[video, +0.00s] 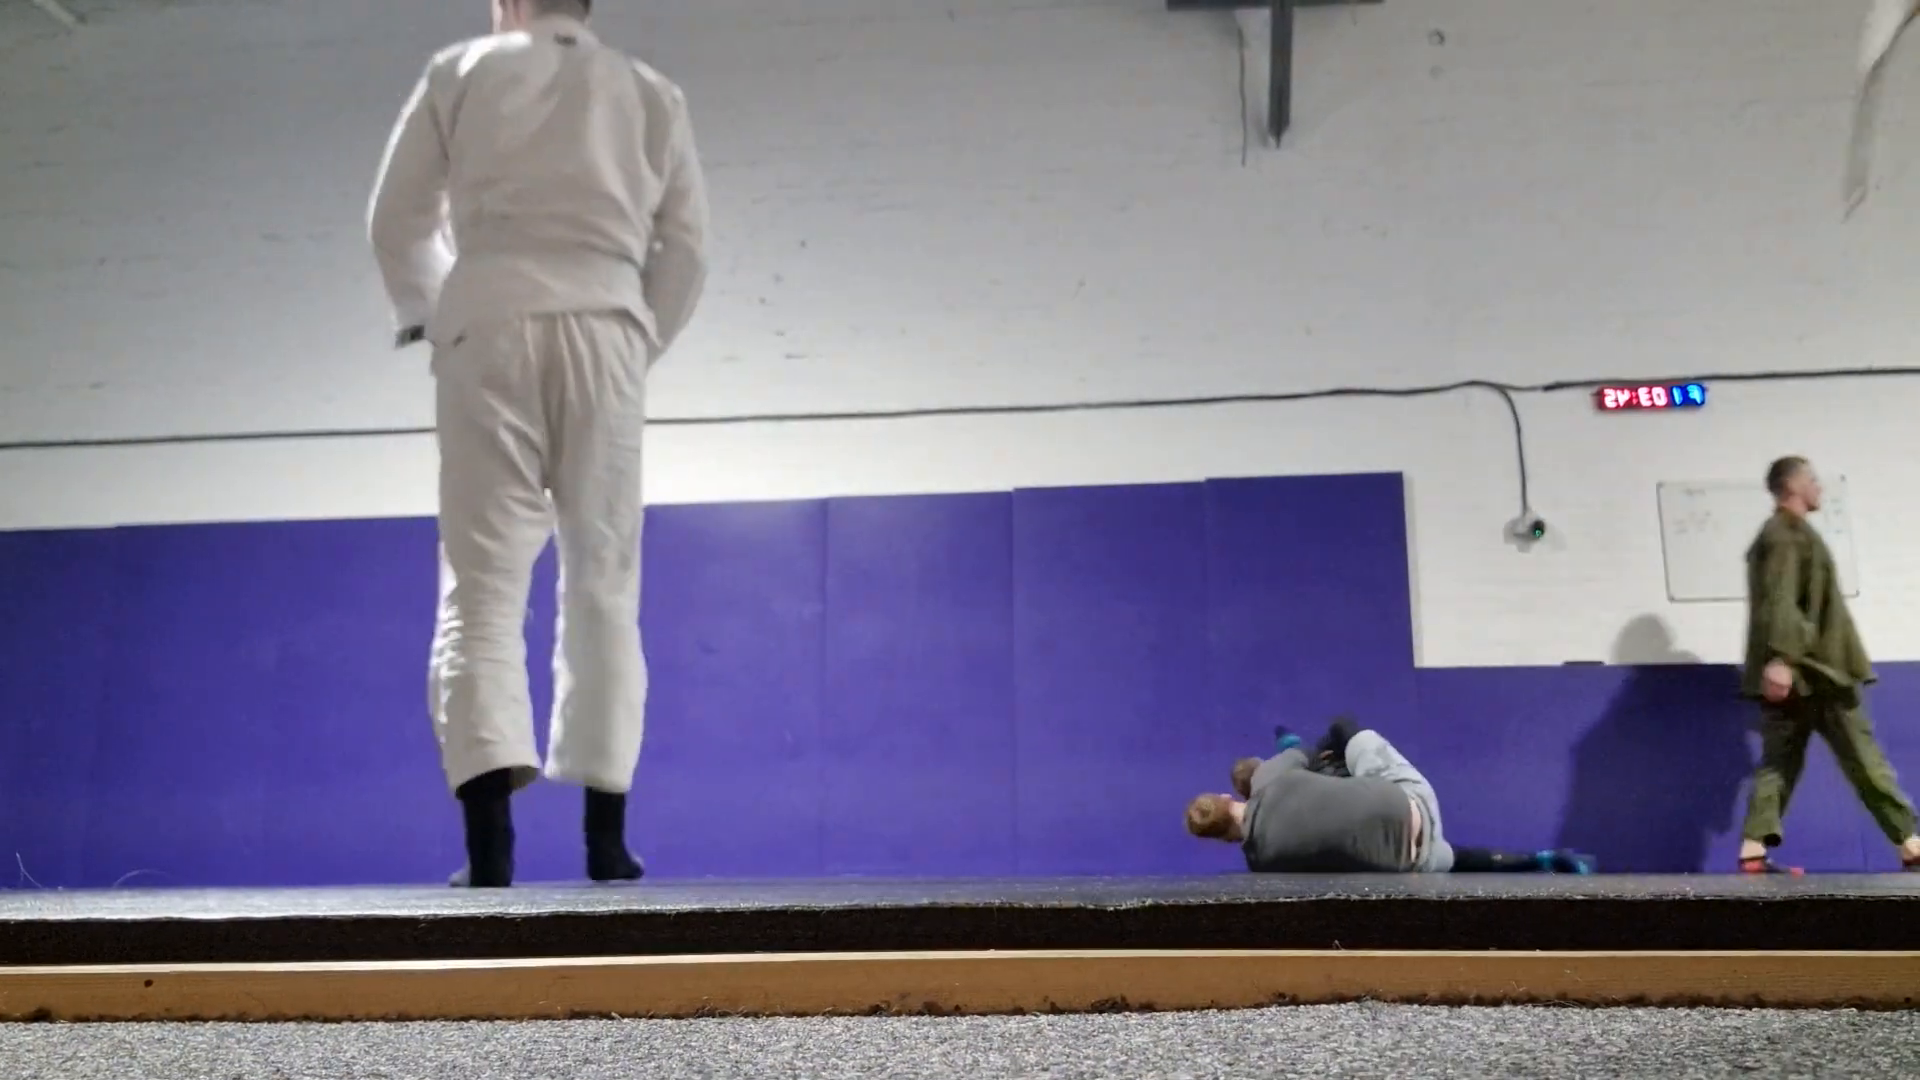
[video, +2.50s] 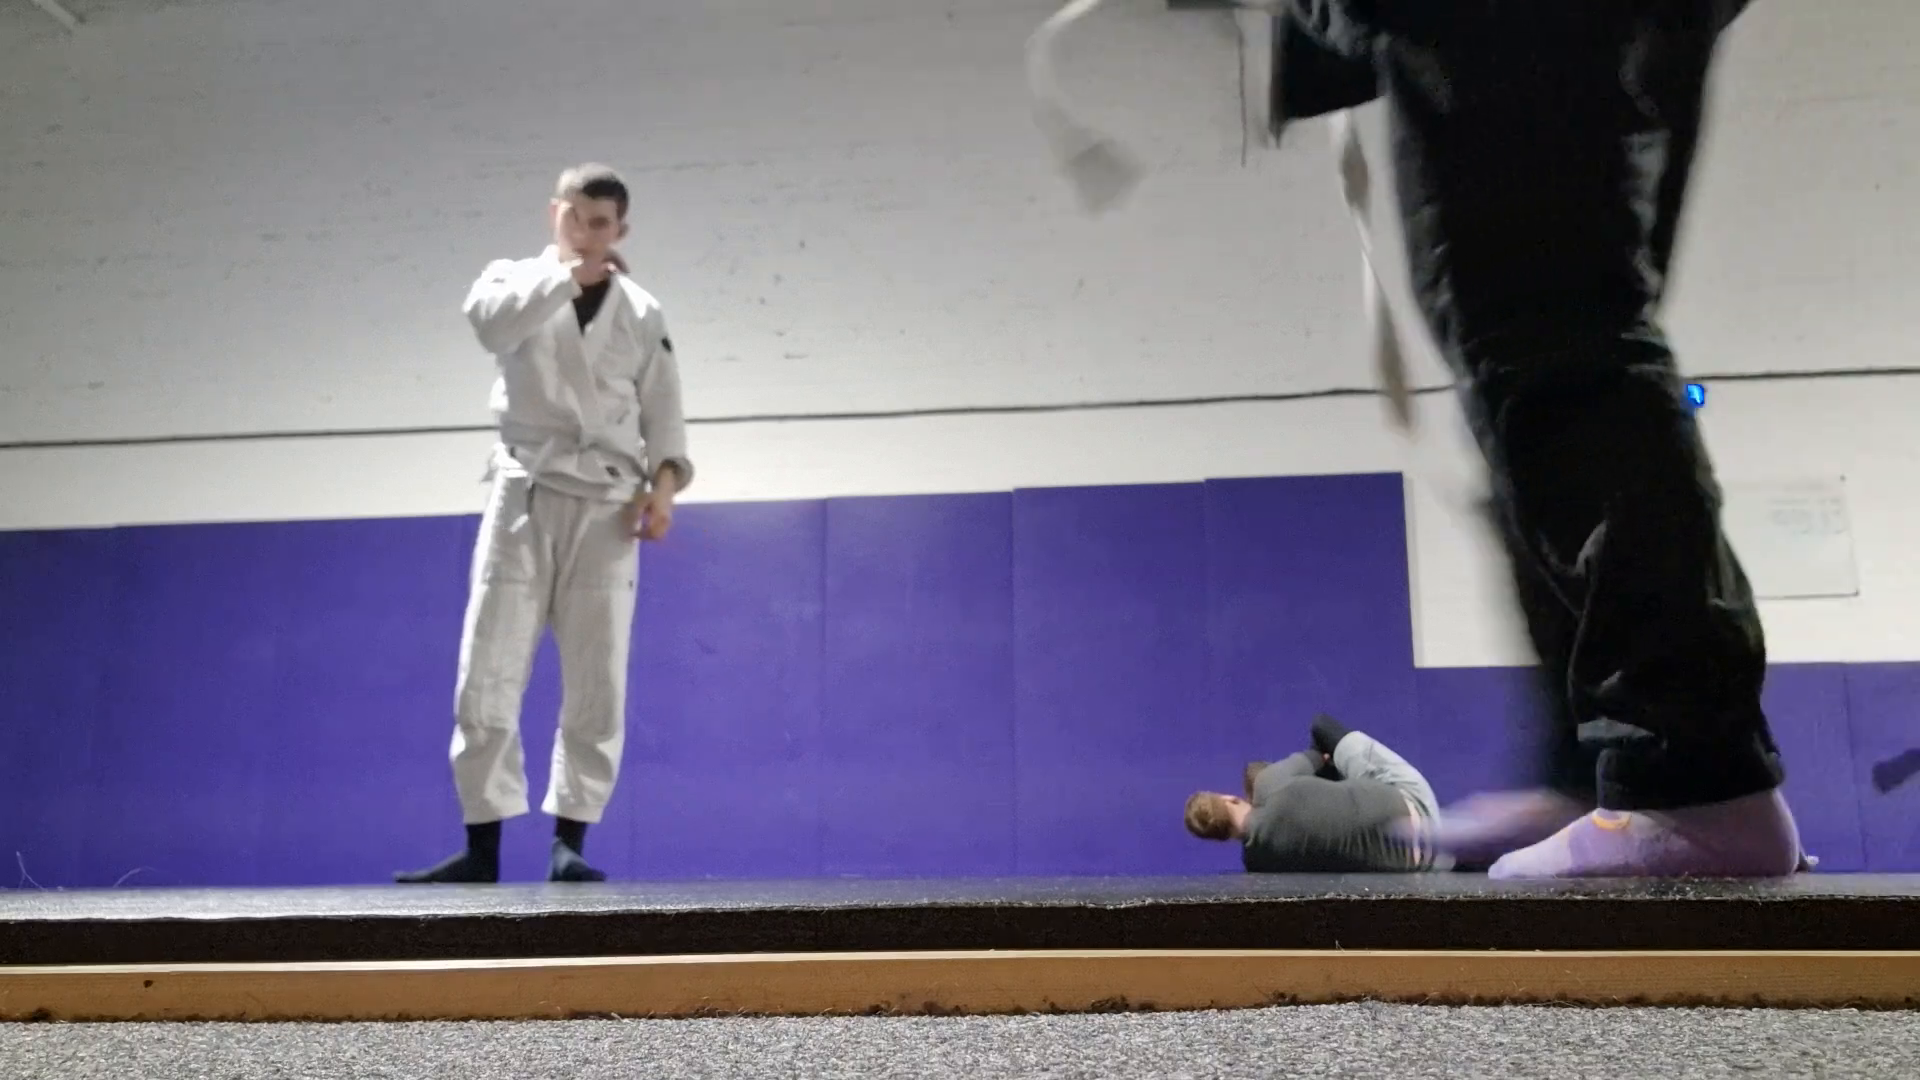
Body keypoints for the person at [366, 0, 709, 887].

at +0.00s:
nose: (492, 18)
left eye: (492, 10)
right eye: (499, 13)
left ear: (505, 8)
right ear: (587, 12)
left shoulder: (458, 72)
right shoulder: (652, 92)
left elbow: (396, 218)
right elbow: (685, 246)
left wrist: (436, 316)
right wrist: (635, 338)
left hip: (486, 323)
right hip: (606, 329)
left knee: (483, 579)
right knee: (604, 578)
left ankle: (488, 848)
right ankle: (607, 838)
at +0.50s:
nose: (476, 126)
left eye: (479, 110)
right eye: (476, 112)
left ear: (508, 103)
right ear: (553, 107)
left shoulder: (497, 166)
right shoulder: (628, 205)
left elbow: (451, 260)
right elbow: (647, 337)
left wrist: (423, 360)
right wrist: (608, 407)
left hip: (516, 408)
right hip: (612, 418)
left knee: (454, 617)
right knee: (588, 626)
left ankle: (478, 844)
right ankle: (593, 854)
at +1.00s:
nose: (451, 175)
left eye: (466, 162)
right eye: (445, 164)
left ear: (511, 170)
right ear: (442, 176)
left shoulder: (547, 244)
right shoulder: (456, 263)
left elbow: (566, 354)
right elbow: (427, 376)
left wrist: (488, 417)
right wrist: (401, 442)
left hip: (533, 476)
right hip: (487, 480)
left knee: (460, 661)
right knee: (440, 667)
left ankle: (483, 852)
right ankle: (475, 848)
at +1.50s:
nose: (535, 204)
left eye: (550, 194)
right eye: (524, 190)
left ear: (568, 212)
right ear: (496, 198)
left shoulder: (596, 300)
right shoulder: (449, 285)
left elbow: (620, 403)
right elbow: (401, 387)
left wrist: (601, 463)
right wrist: (430, 448)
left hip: (564, 503)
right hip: (474, 500)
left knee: (569, 676)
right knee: (459, 675)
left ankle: (565, 849)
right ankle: (475, 849)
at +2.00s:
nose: (586, 233)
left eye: (600, 223)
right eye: (575, 217)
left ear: (616, 230)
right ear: (548, 214)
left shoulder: (633, 311)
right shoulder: (503, 280)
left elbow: (663, 404)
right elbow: (465, 329)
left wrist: (698, 482)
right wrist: (539, 264)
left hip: (603, 499)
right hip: (516, 493)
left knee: (594, 667)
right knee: (484, 666)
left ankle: (569, 846)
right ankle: (480, 848)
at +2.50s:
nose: (595, 236)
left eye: (607, 226)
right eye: (584, 222)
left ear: (622, 231)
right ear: (555, 219)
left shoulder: (640, 312)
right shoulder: (513, 279)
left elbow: (664, 407)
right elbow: (489, 322)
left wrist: (665, 483)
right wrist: (569, 275)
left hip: (608, 506)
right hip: (521, 497)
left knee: (596, 674)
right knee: (487, 667)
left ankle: (570, 846)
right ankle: (481, 851)